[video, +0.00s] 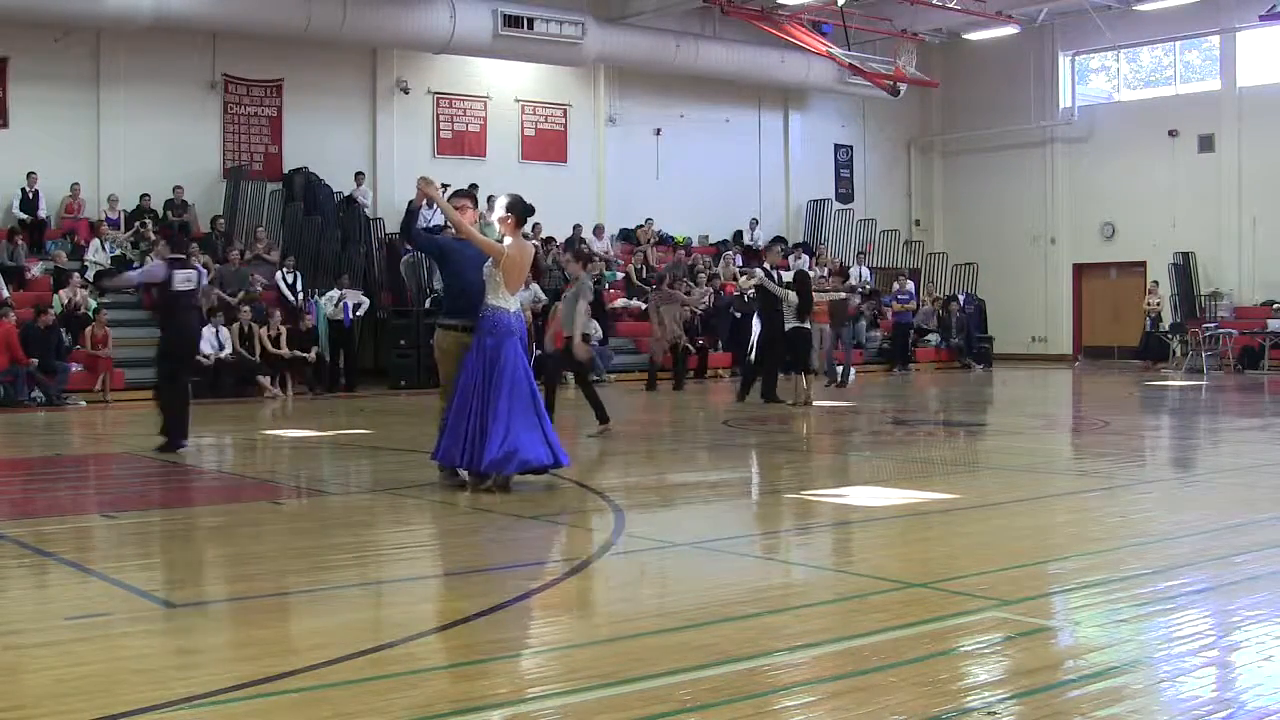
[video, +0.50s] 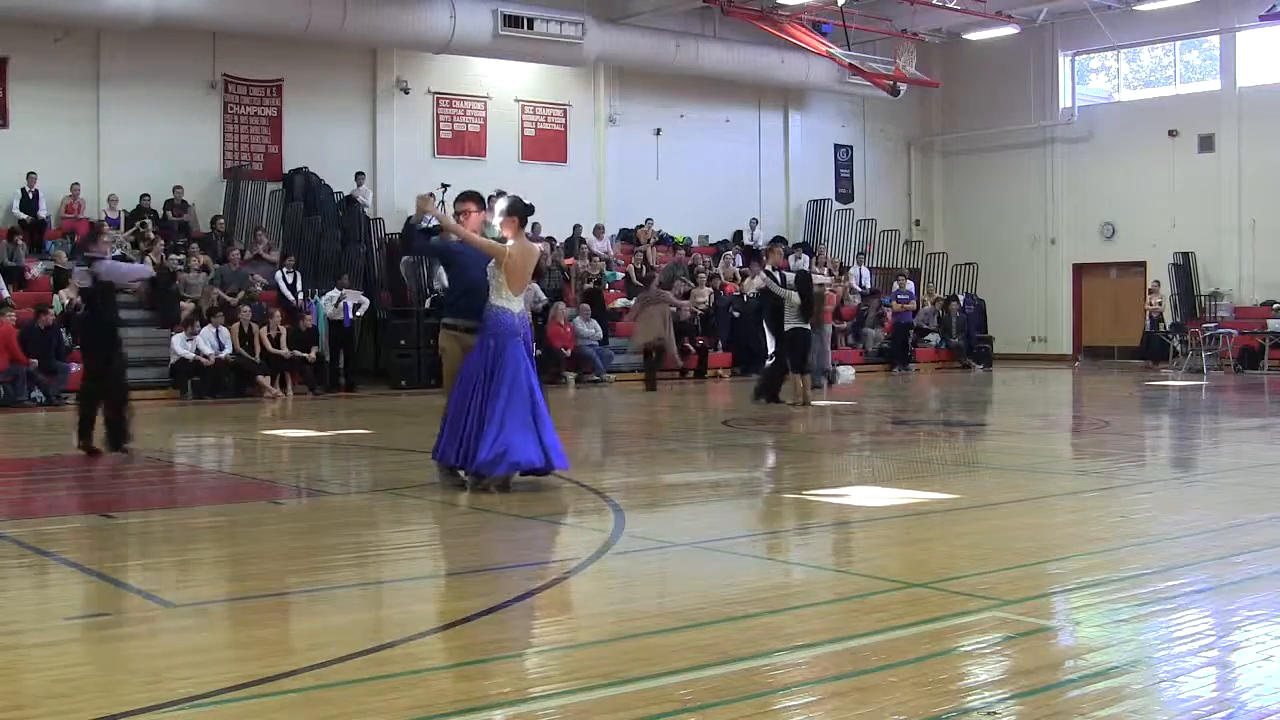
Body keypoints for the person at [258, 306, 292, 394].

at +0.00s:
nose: (280, 319)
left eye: (280, 316)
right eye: (278, 317)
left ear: (280, 318)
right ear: (270, 319)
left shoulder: (282, 329)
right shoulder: (263, 331)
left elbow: (283, 345)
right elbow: (269, 348)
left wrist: (286, 352)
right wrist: (282, 352)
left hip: (278, 354)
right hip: (267, 355)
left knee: (286, 361)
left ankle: (289, 386)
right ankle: (275, 386)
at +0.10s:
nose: (280, 319)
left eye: (280, 316)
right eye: (278, 317)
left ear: (280, 318)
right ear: (270, 319)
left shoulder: (282, 329)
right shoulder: (263, 331)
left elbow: (283, 345)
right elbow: (269, 348)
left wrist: (286, 352)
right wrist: (282, 352)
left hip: (278, 354)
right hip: (267, 356)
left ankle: (289, 387)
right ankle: (275, 386)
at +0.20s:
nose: (280, 319)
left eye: (280, 316)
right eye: (277, 317)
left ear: (281, 318)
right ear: (270, 319)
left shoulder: (282, 329)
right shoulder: (263, 331)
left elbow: (283, 345)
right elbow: (269, 348)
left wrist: (287, 352)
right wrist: (281, 352)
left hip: (279, 354)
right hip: (268, 355)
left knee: (287, 361)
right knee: (278, 361)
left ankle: (289, 387)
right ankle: (276, 386)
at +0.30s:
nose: (280, 319)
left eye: (280, 317)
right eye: (277, 317)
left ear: (281, 318)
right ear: (270, 319)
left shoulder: (282, 329)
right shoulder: (263, 331)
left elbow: (283, 345)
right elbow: (269, 348)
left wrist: (287, 352)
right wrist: (281, 352)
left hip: (279, 354)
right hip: (268, 355)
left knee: (287, 361)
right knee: (278, 361)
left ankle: (289, 387)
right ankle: (276, 386)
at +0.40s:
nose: (280, 319)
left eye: (280, 316)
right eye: (277, 317)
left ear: (281, 318)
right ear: (270, 319)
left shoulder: (282, 329)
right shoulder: (263, 331)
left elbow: (283, 345)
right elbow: (269, 348)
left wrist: (287, 352)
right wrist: (281, 352)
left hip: (279, 354)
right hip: (268, 355)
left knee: (287, 361)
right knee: (278, 361)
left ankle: (289, 387)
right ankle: (276, 386)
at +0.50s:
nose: (280, 319)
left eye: (280, 316)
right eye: (277, 317)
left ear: (281, 318)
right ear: (270, 319)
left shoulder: (282, 329)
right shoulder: (263, 331)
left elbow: (283, 345)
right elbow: (269, 348)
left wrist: (287, 352)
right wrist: (281, 352)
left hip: (279, 354)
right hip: (268, 355)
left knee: (287, 361)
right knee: (278, 361)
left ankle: (289, 387)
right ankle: (276, 386)